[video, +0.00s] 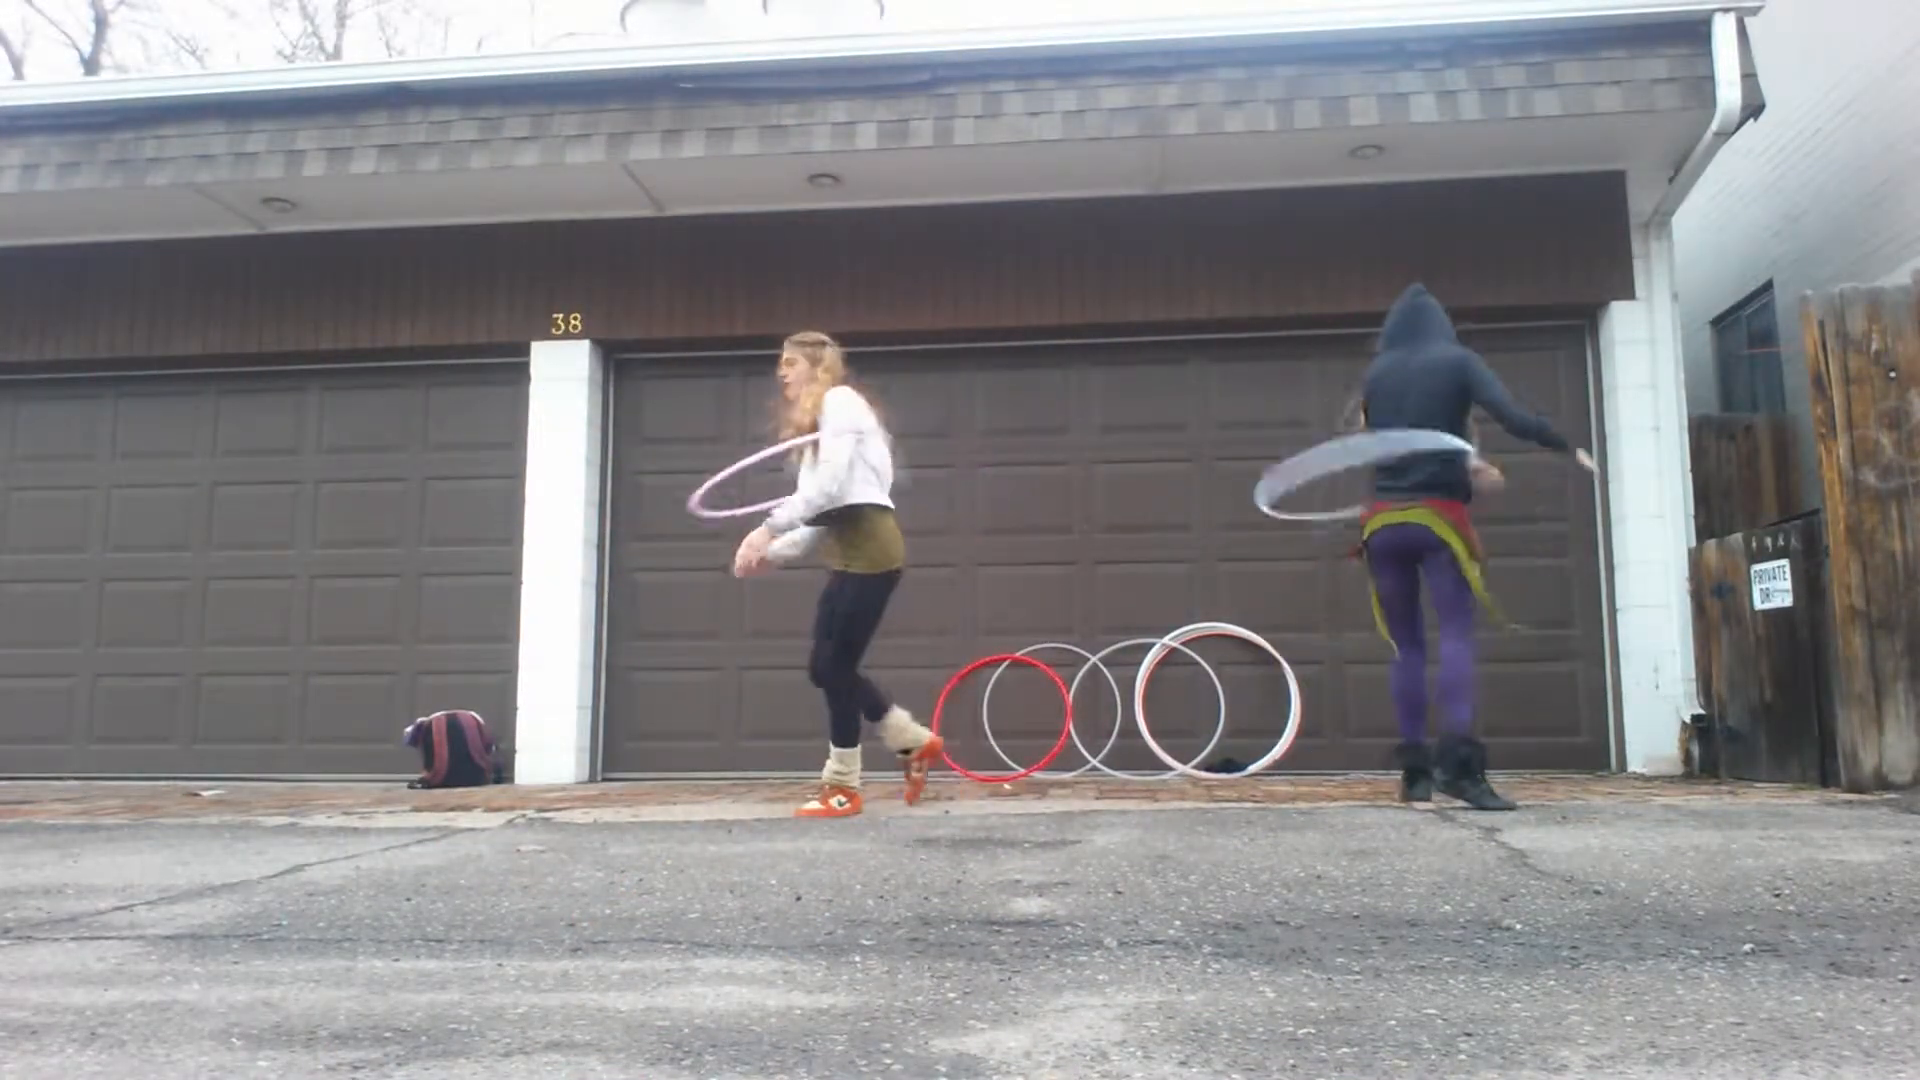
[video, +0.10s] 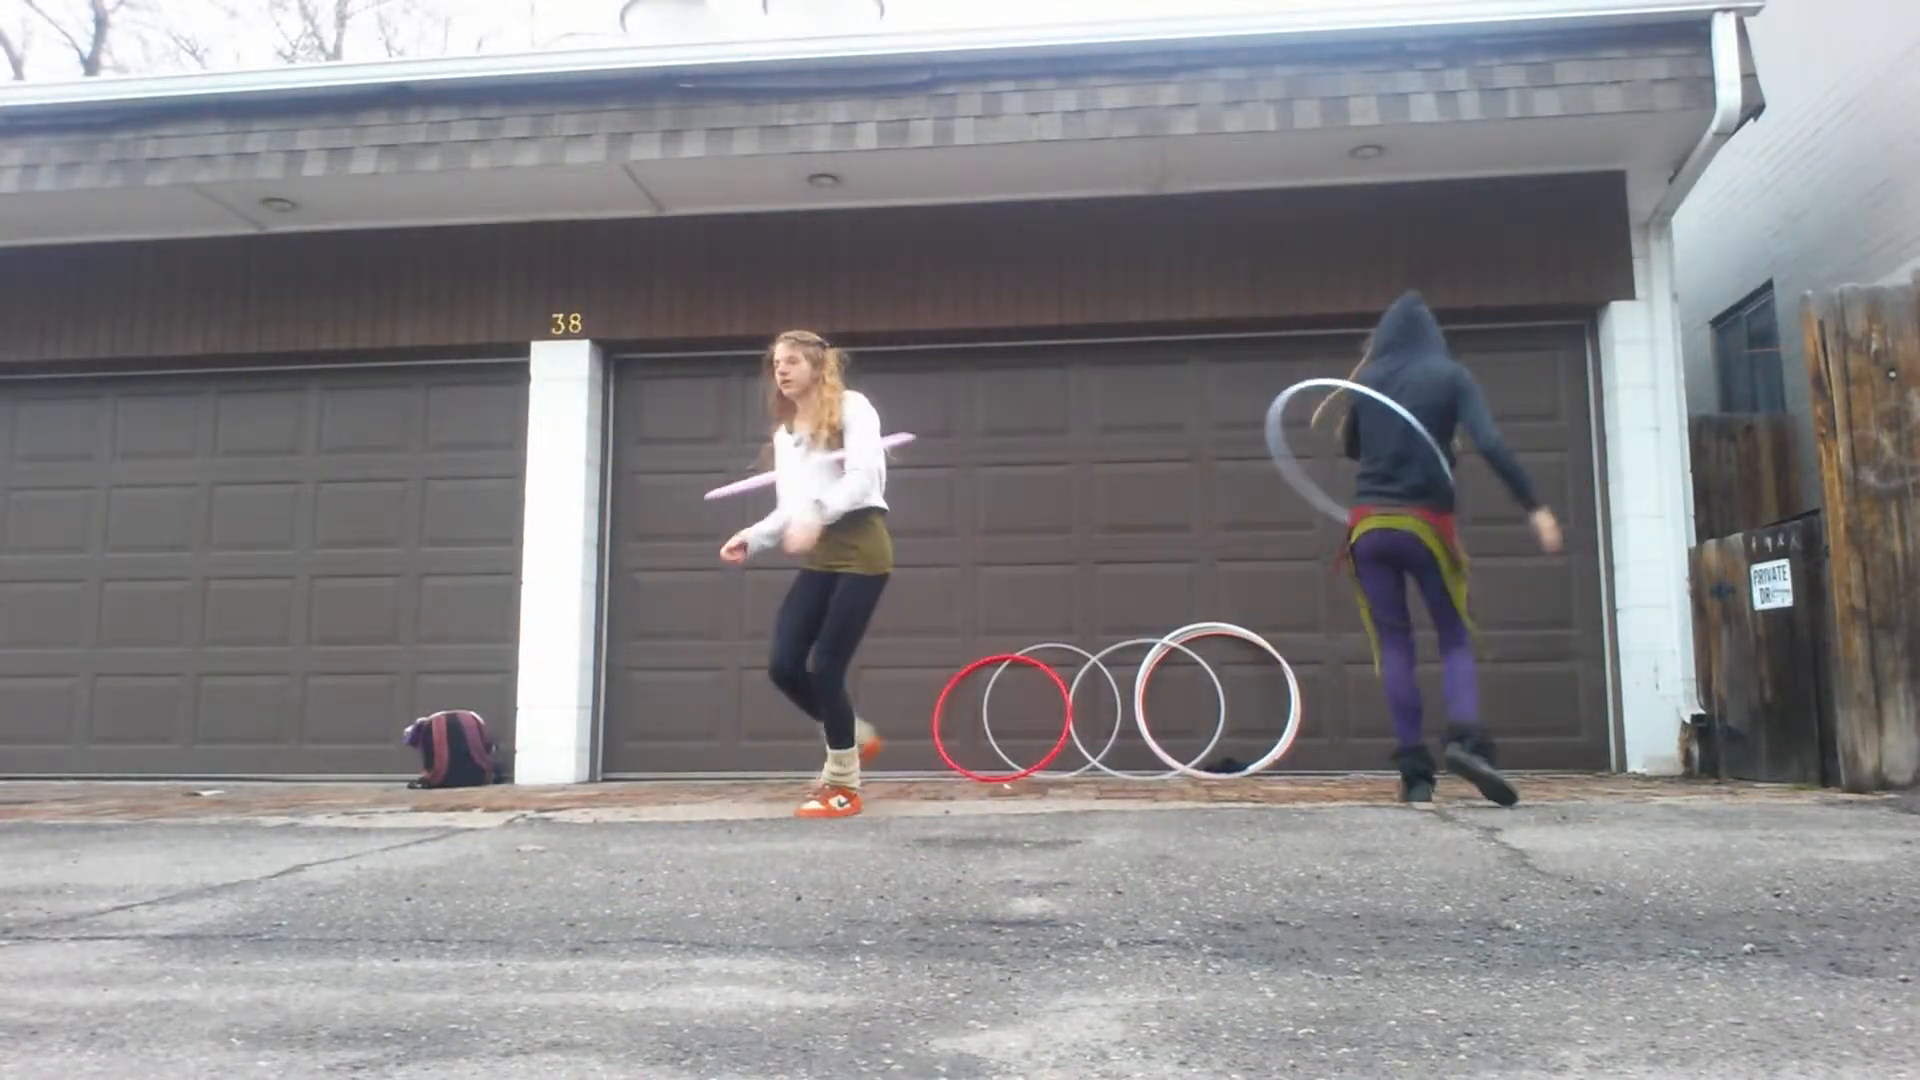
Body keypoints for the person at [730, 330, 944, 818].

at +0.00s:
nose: (783, 374)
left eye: (791, 365)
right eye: (782, 366)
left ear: (819, 366)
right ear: (799, 373)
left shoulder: (839, 402)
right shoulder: (826, 417)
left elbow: (830, 481)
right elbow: (822, 518)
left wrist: (766, 528)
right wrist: (771, 552)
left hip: (871, 550)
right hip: (851, 551)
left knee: (835, 667)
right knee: (827, 666)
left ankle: (842, 788)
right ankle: (915, 741)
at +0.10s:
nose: (782, 371)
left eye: (791, 362)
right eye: (777, 365)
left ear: (817, 366)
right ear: (773, 374)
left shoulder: (852, 407)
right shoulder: (786, 434)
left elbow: (866, 478)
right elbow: (792, 505)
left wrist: (818, 516)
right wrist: (751, 537)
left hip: (863, 549)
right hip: (821, 552)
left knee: (825, 665)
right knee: (785, 668)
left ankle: (842, 787)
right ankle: (858, 735)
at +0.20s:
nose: (792, 364)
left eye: (800, 356)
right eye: (783, 357)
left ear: (819, 364)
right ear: (771, 367)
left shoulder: (851, 413)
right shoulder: (762, 423)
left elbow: (872, 476)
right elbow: (759, 485)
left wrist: (871, 495)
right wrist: (749, 516)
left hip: (853, 551)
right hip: (798, 553)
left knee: (823, 671)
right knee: (783, 663)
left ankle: (843, 785)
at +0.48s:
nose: (829, 346)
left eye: (828, 338)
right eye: (819, 336)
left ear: (813, 349)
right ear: (790, 343)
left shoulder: (812, 409)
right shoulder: (761, 391)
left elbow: (824, 482)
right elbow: (739, 465)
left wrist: (885, 505)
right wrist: (789, 516)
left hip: (794, 547)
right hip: (760, 543)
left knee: (820, 664)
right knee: (761, 666)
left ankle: (755, 773)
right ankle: (709, 791)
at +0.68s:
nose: (818, 351)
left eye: (818, 343)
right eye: (816, 342)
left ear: (765, 339)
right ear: (803, 342)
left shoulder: (739, 394)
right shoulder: (808, 384)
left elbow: (738, 473)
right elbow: (830, 468)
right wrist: (886, 501)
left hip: (748, 536)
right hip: (797, 534)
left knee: (766, 664)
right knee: (824, 663)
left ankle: (724, 782)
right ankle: (769, 747)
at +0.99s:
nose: (729, 352)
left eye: (732, 342)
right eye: (730, 342)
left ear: (744, 341)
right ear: (788, 337)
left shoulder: (765, 386)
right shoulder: (823, 381)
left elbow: (775, 475)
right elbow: (862, 452)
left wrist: (706, 507)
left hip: (811, 533)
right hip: (850, 530)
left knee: (794, 659)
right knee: (823, 659)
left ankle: (758, 788)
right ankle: (860, 787)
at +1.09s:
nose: (720, 357)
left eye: (725, 347)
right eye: (718, 348)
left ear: (752, 344)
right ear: (756, 347)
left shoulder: (784, 390)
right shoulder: (784, 392)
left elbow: (803, 476)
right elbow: (805, 477)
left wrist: (736, 522)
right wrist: (775, 535)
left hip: (849, 536)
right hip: (844, 536)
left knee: (816, 657)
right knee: (821, 658)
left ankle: (784, 788)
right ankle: (861, 786)